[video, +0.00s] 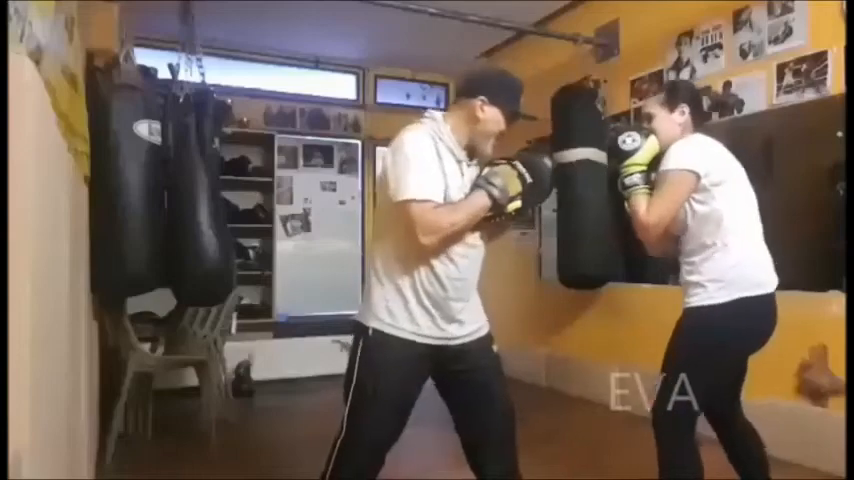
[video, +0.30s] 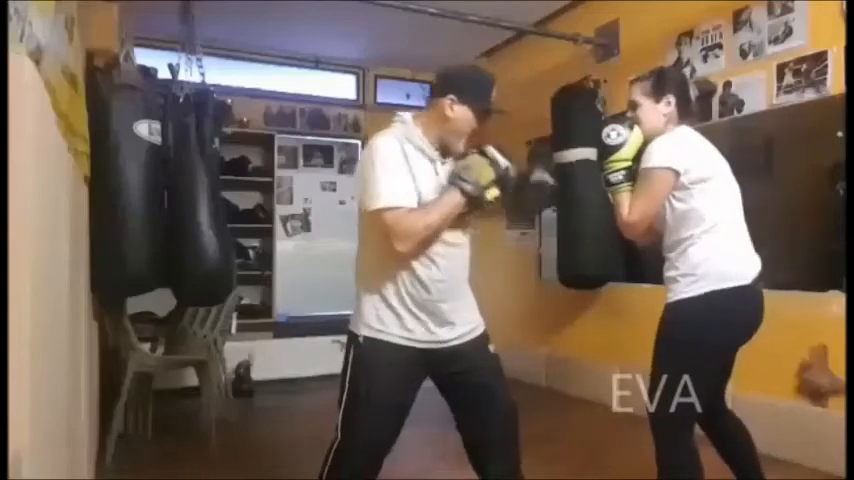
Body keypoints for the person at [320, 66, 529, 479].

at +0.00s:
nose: (506, 129)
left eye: (510, 119)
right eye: (506, 117)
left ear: (480, 110)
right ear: (481, 108)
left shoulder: (472, 157)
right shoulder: (414, 141)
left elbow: (472, 235)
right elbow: (428, 231)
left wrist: (514, 206)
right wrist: (491, 191)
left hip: (463, 328)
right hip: (398, 328)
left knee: (496, 447)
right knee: (360, 454)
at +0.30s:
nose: (482, 129)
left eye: (485, 118)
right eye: (479, 115)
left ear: (451, 108)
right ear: (449, 106)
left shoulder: (457, 156)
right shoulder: (385, 147)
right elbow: (403, 238)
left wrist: (509, 194)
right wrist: (463, 192)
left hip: (459, 330)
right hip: (389, 332)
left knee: (498, 442)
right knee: (357, 457)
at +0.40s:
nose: (474, 128)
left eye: (477, 117)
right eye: (470, 114)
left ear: (443, 108)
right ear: (440, 107)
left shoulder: (453, 150)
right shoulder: (378, 150)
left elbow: (508, 145)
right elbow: (397, 240)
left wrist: (505, 187)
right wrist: (453, 186)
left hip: (455, 324)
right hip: (386, 332)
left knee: (499, 427)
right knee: (356, 455)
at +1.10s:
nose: (472, 127)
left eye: (475, 117)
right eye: (468, 115)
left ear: (442, 110)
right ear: (439, 108)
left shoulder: (461, 150)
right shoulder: (379, 152)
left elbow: (513, 163)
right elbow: (395, 242)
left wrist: (494, 208)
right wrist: (458, 195)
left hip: (458, 321)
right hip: (391, 329)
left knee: (501, 421)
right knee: (364, 448)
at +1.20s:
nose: (458, 120)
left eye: (460, 110)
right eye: (453, 107)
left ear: (430, 104)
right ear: (423, 101)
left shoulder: (443, 150)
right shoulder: (374, 152)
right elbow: (411, 231)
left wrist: (476, 205)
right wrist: (464, 187)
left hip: (451, 323)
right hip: (387, 331)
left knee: (495, 426)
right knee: (361, 449)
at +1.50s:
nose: (453, 108)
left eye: (453, 98)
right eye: (446, 96)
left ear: (417, 97)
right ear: (414, 94)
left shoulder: (438, 149)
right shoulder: (371, 149)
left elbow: (457, 209)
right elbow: (420, 214)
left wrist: (504, 183)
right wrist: (476, 165)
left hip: (449, 327)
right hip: (382, 333)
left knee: (488, 429)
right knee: (359, 450)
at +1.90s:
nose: (470, 111)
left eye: (470, 101)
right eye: (463, 98)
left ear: (434, 99)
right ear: (432, 95)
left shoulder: (436, 152)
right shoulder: (399, 140)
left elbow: (476, 218)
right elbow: (471, 202)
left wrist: (521, 185)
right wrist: (521, 155)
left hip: (454, 329)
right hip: (393, 334)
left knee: (493, 434)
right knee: (363, 457)